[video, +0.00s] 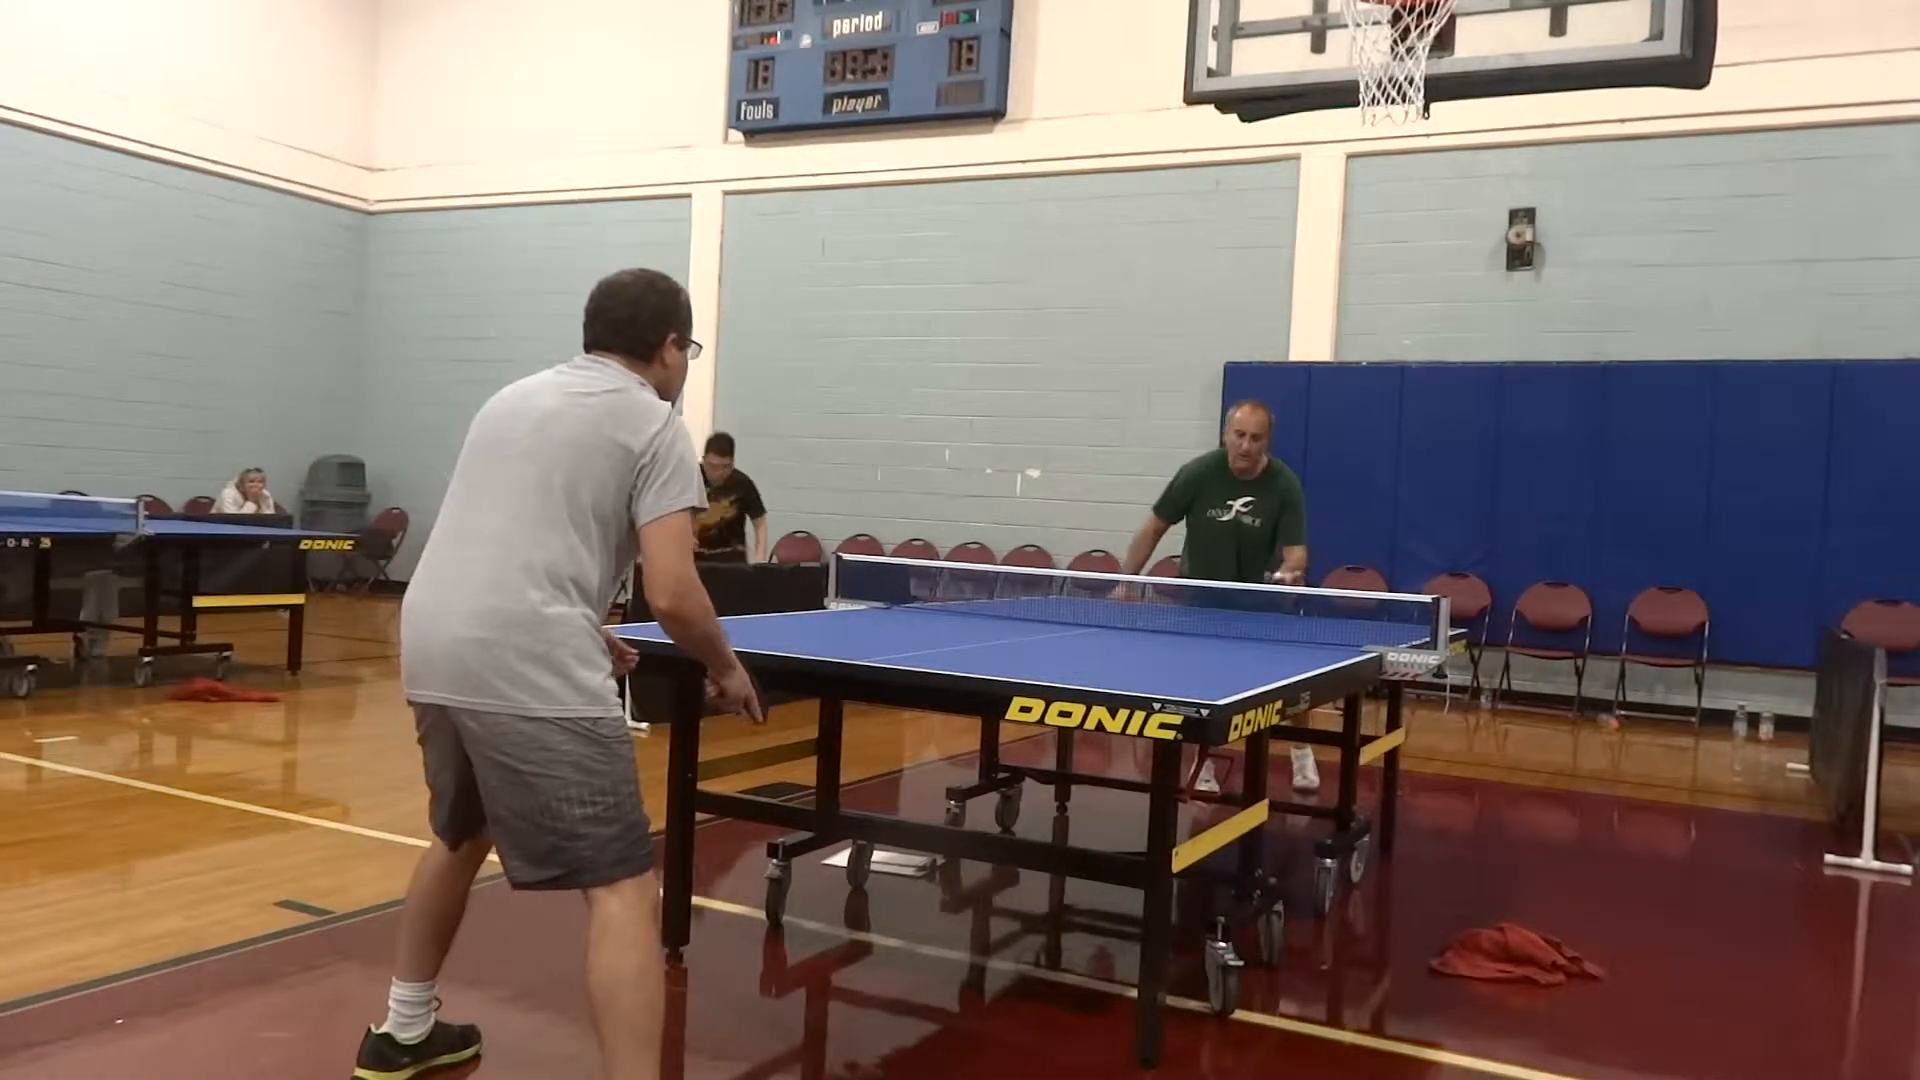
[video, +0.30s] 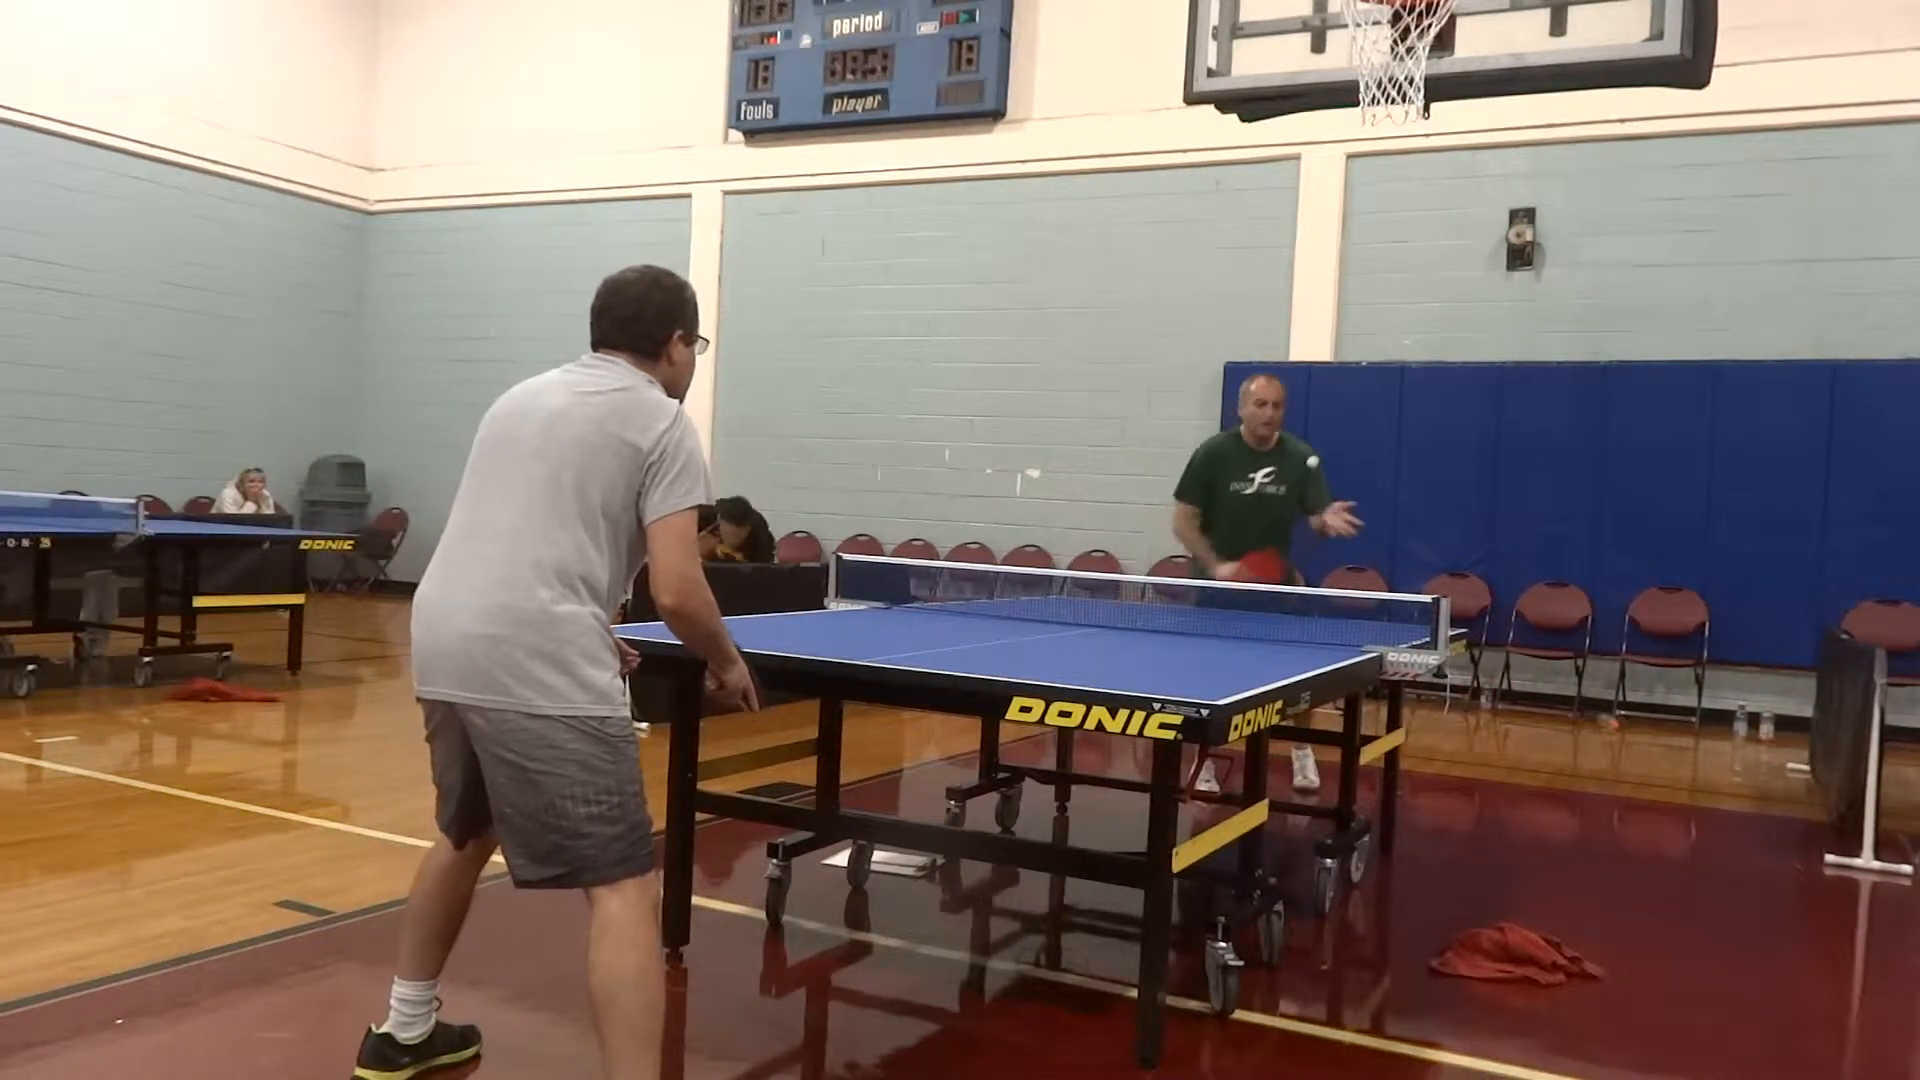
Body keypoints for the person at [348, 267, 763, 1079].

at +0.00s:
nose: (687, 367)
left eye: (689, 353)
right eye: (687, 352)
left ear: (591, 339)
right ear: (664, 347)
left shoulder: (512, 399)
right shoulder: (655, 425)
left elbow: (488, 545)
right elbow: (671, 591)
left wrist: (579, 627)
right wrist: (723, 664)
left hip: (431, 653)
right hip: (536, 669)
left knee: (461, 832)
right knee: (622, 885)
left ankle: (404, 1028)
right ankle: (635, 1073)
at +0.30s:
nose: (696, 361)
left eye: (696, 346)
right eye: (695, 345)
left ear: (597, 338)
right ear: (671, 344)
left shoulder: (521, 398)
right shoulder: (661, 422)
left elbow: (502, 537)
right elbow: (677, 588)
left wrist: (585, 622)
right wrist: (724, 661)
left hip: (443, 650)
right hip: (546, 669)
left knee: (465, 830)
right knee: (623, 882)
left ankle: (405, 1028)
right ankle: (634, 1072)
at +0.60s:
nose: (707, 355)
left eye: (706, 340)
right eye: (705, 339)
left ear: (610, 334)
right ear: (682, 340)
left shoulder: (533, 395)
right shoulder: (670, 419)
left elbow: (515, 539)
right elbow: (688, 584)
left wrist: (603, 624)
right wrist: (739, 646)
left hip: (456, 650)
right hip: (557, 668)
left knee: (471, 831)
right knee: (630, 884)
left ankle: (405, 1028)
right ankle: (637, 1072)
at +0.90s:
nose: (719, 346)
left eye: (718, 331)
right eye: (718, 330)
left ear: (620, 327)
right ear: (693, 330)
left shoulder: (544, 393)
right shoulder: (689, 414)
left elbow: (543, 535)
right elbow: (750, 568)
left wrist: (632, 608)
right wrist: (766, 596)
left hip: (481, 647)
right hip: (586, 658)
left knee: (488, 832)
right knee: (691, 855)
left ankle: (405, 1026)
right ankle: (665, 1069)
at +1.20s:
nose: (765, 328)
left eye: (762, 316)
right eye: (764, 316)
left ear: (667, 313)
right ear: (744, 310)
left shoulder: (597, 389)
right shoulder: (772, 378)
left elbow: (518, 544)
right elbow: (919, 448)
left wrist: (590, 596)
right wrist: (876, 541)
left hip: (593, 677)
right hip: (723, 686)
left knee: (531, 842)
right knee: (785, 879)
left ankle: (450, 1009)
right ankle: (760, 1074)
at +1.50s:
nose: (782, 263)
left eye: (777, 251)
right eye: (781, 251)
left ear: (678, 261)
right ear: (767, 259)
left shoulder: (620, 351)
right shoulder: (810, 351)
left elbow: (525, 490)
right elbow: (926, 425)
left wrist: (567, 551)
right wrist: (947, 474)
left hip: (620, 650)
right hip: (754, 664)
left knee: (561, 827)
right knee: (773, 889)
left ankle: (480, 1020)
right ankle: (759, 1078)